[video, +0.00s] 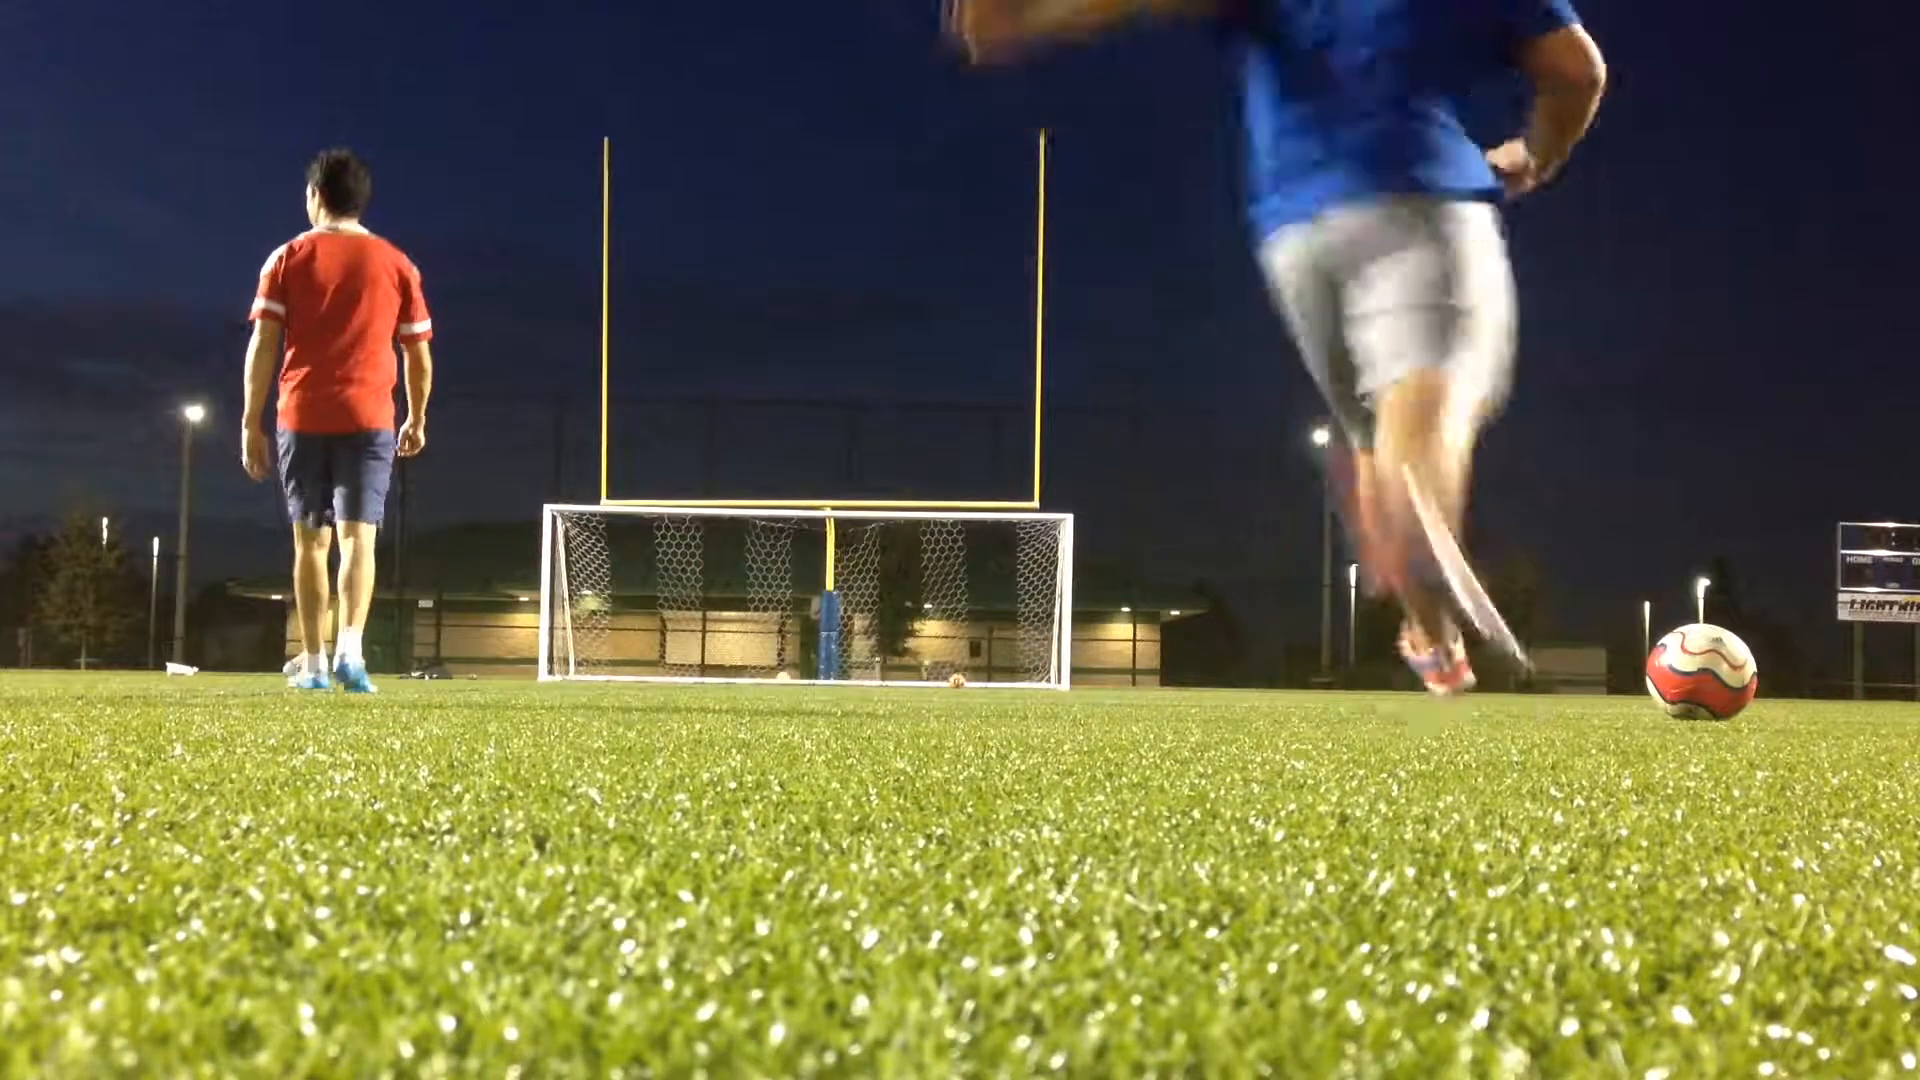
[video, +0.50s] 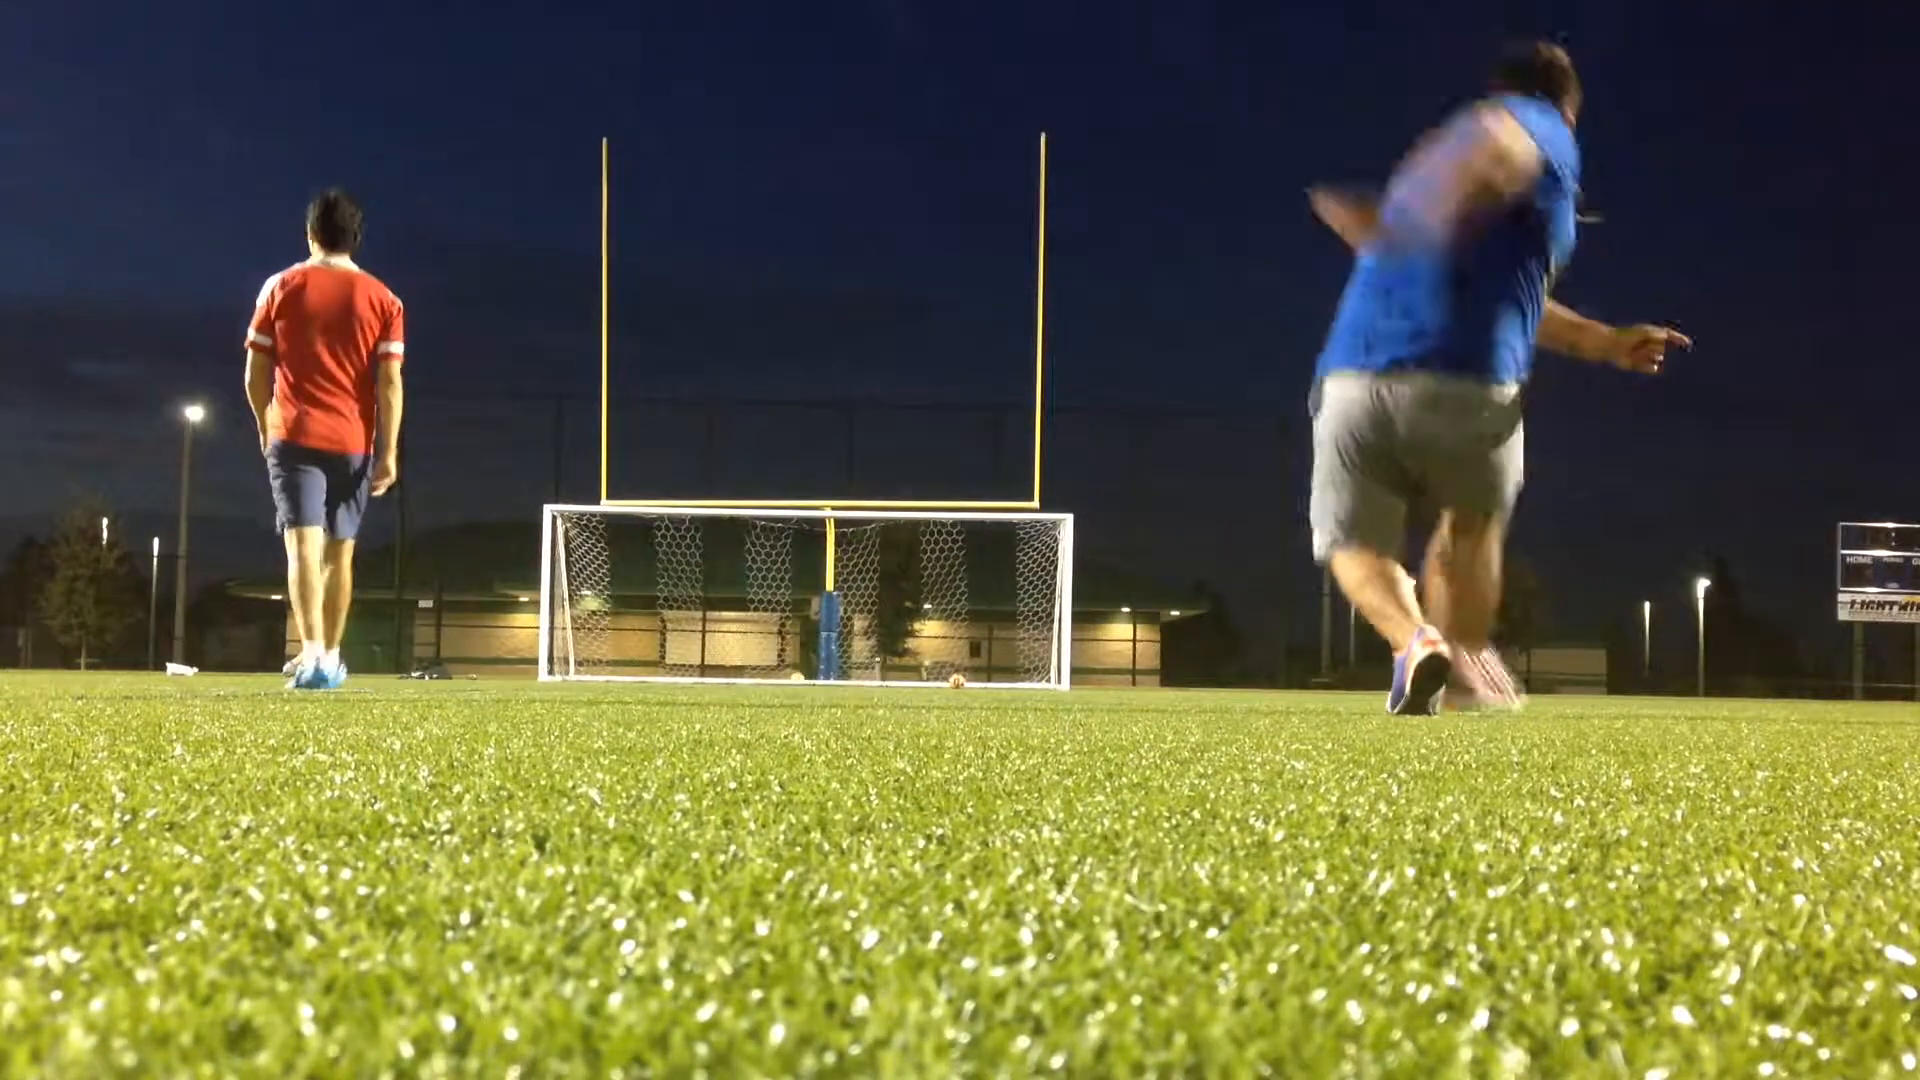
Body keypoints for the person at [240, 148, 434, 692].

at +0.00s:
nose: (307, 202)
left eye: (308, 194)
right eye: (310, 193)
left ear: (316, 197)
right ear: (363, 200)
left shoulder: (288, 258)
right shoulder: (397, 262)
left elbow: (264, 343)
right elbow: (418, 354)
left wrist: (251, 423)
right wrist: (418, 416)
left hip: (302, 415)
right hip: (371, 415)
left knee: (311, 542)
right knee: (359, 536)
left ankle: (313, 667)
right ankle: (349, 656)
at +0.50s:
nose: (308, 236)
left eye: (308, 230)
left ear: (309, 234)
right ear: (356, 237)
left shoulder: (281, 286)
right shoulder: (383, 298)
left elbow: (255, 372)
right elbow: (390, 382)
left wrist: (266, 426)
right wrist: (388, 452)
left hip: (293, 431)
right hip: (351, 438)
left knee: (304, 545)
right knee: (339, 555)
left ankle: (311, 654)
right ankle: (330, 658)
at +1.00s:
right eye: (342, 262)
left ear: (300, 267)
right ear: (345, 268)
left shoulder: (278, 319)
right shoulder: (372, 322)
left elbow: (259, 393)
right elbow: (392, 398)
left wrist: (243, 459)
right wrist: (388, 437)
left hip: (290, 453)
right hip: (350, 453)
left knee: (288, 563)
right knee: (336, 562)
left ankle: (283, 660)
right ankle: (326, 660)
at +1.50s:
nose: (289, 296)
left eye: (288, 291)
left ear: (290, 294)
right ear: (328, 295)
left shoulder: (267, 340)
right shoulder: (354, 346)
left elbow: (247, 415)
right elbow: (370, 417)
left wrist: (258, 459)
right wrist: (375, 477)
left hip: (278, 461)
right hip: (331, 466)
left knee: (285, 564)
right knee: (325, 571)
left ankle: (290, 661)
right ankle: (322, 659)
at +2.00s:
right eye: (331, 318)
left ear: (296, 322)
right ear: (334, 323)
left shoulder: (276, 365)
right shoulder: (358, 369)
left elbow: (258, 430)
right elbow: (371, 438)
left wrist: (246, 487)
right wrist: (365, 478)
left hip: (285, 482)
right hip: (336, 482)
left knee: (280, 572)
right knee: (324, 576)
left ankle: (272, 659)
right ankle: (315, 662)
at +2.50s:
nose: (329, 347)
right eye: (329, 341)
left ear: (294, 344)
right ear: (329, 344)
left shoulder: (272, 384)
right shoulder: (348, 388)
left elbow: (257, 453)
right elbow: (358, 449)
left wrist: (270, 487)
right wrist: (362, 502)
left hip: (280, 492)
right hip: (326, 495)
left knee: (279, 575)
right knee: (324, 578)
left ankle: (274, 663)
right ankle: (318, 661)